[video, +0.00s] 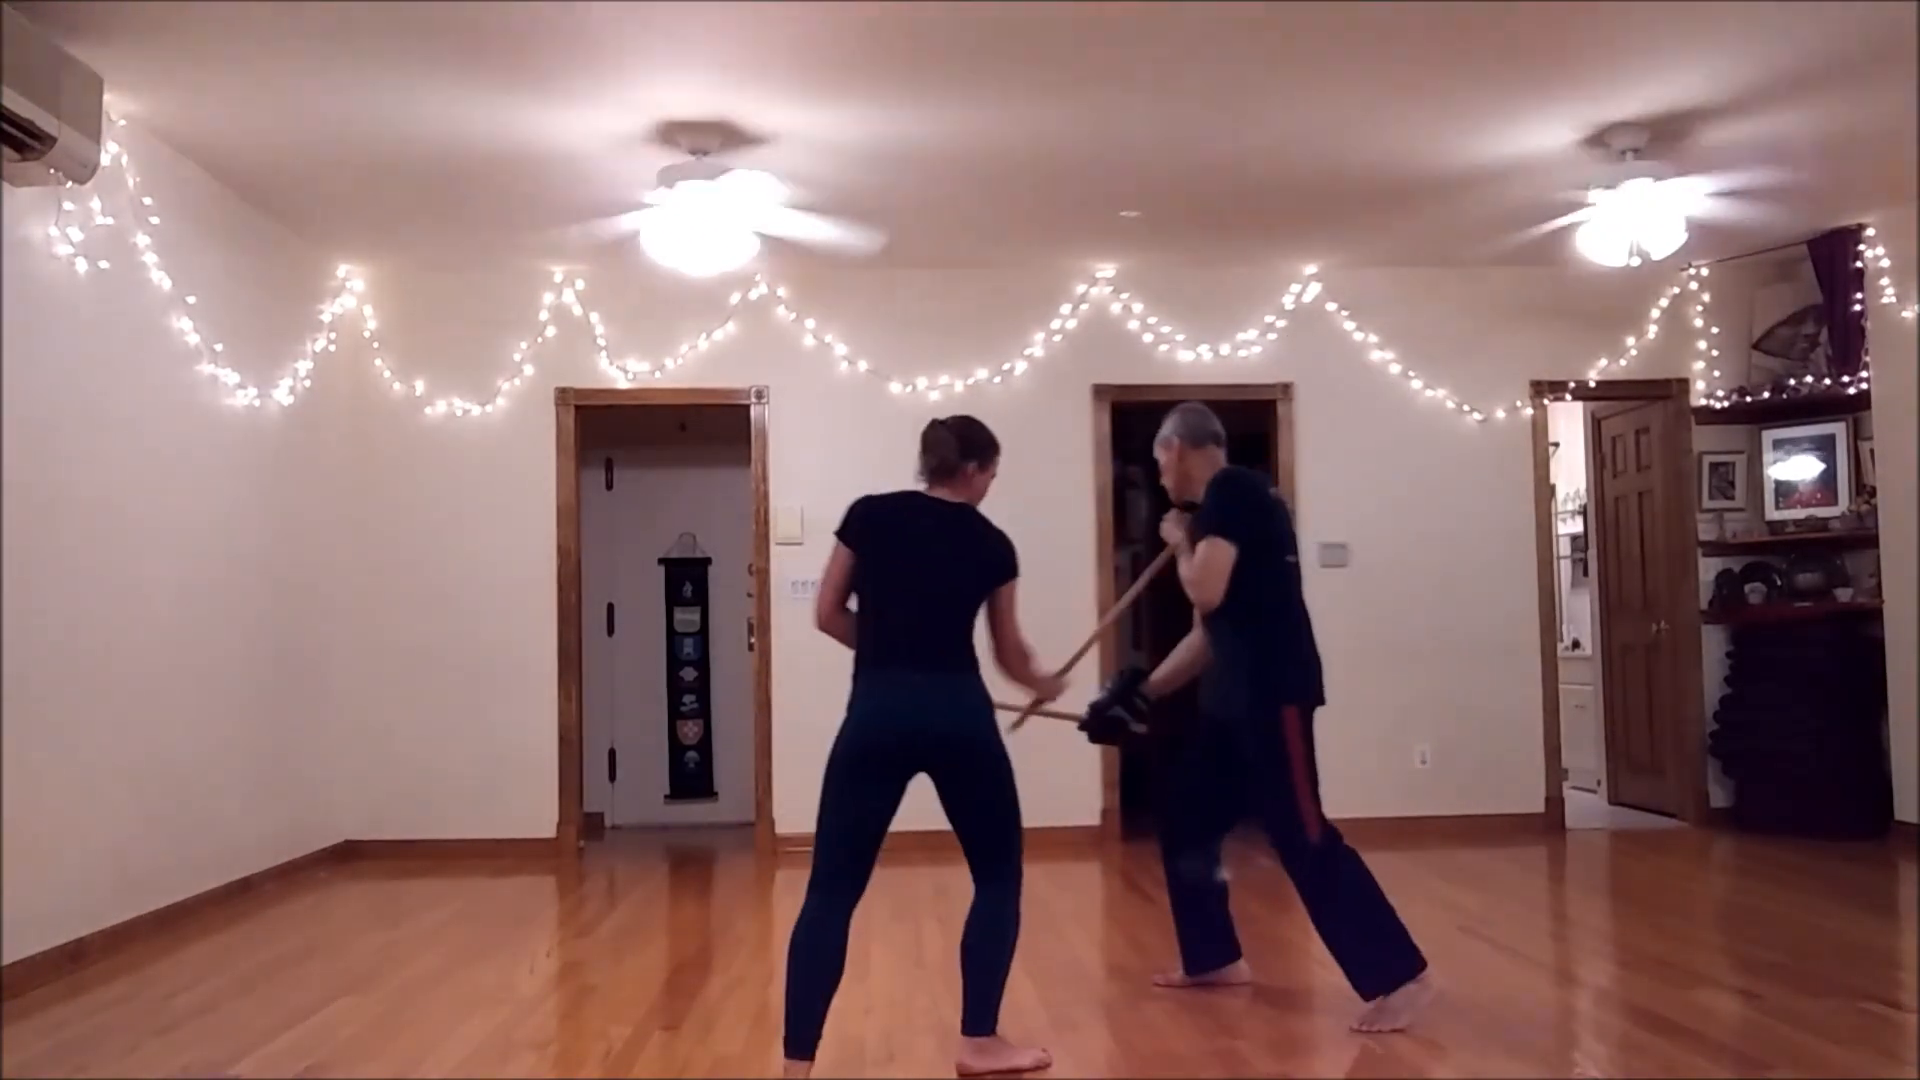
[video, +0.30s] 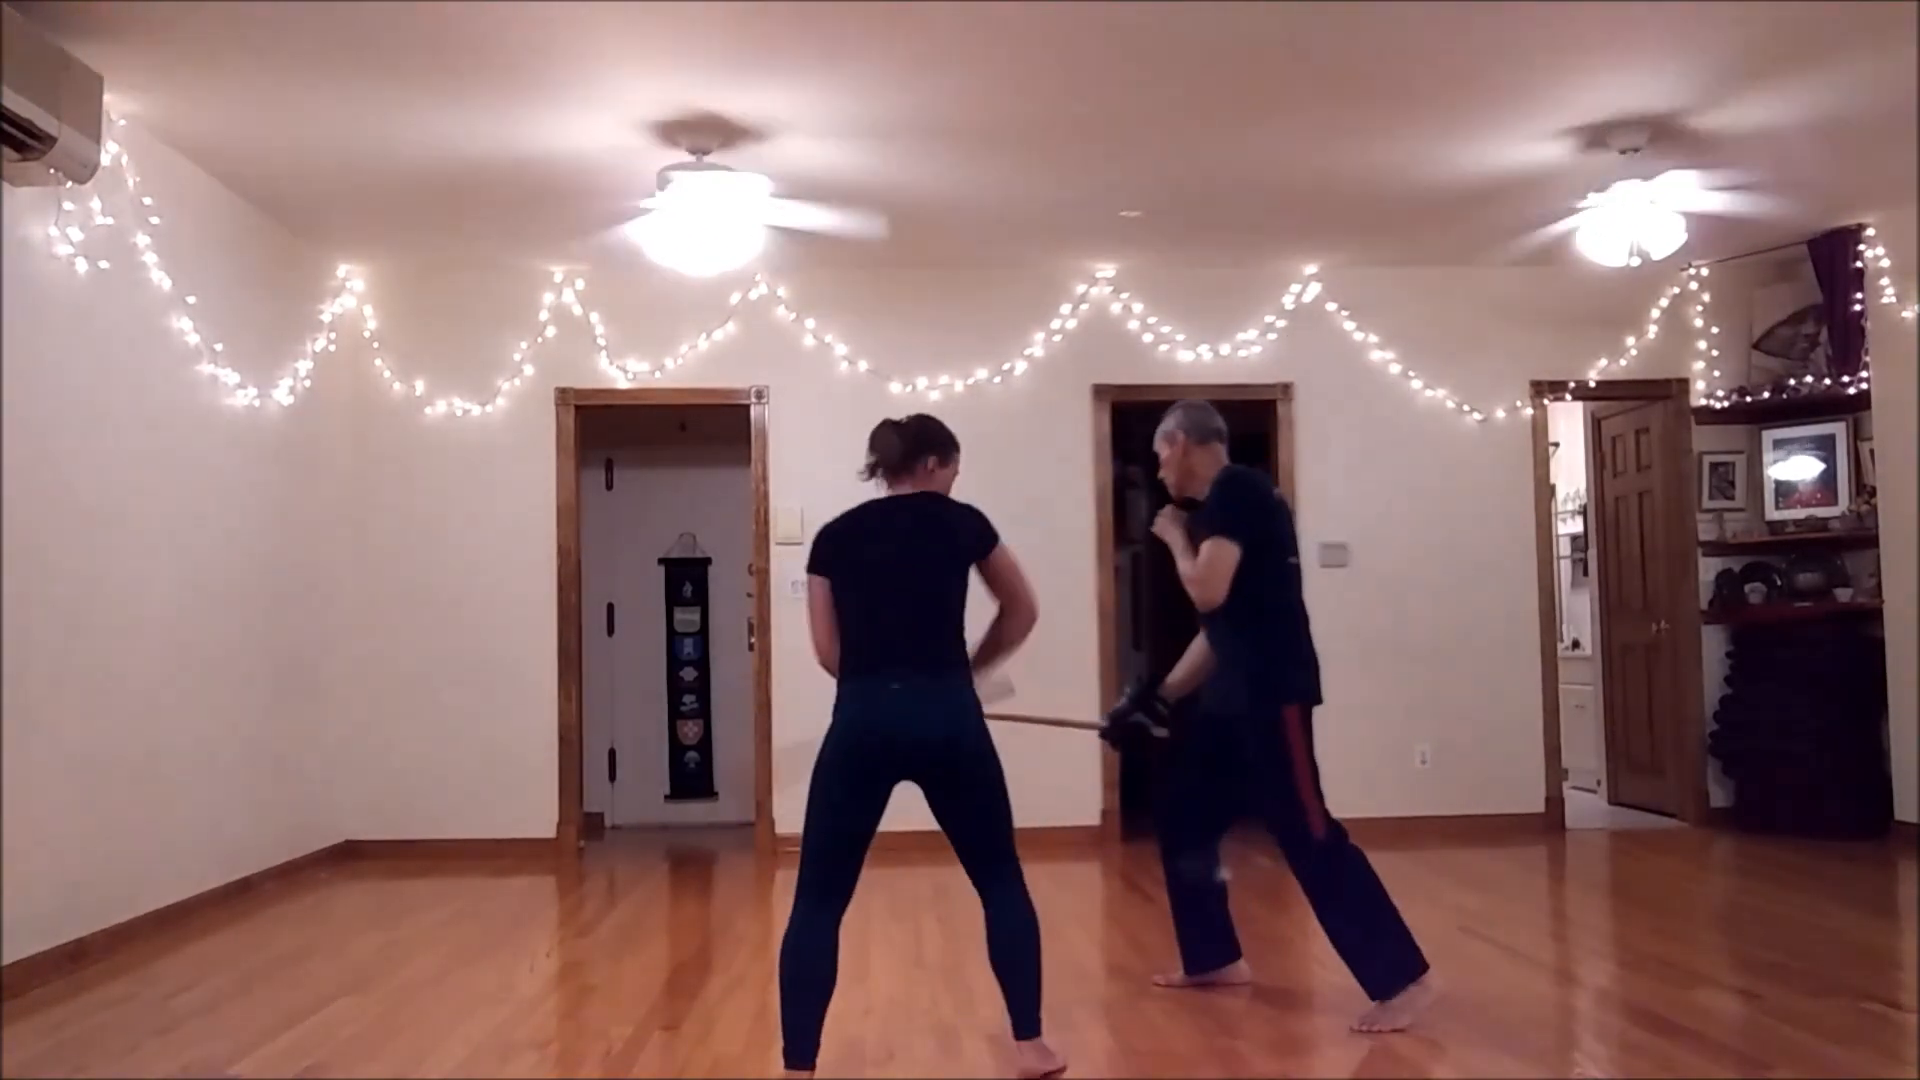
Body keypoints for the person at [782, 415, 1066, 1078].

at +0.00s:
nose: (993, 483)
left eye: (992, 473)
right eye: (993, 473)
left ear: (928, 466)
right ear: (977, 471)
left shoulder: (870, 512)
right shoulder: (990, 543)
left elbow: (828, 614)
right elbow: (1009, 653)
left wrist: (878, 643)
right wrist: (1041, 680)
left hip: (876, 719)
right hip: (958, 723)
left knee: (832, 886)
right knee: (997, 876)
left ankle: (796, 1059)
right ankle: (979, 1038)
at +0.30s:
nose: (953, 481)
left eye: (952, 472)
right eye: (952, 471)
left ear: (885, 469)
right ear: (936, 467)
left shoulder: (835, 533)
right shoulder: (962, 521)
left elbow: (828, 651)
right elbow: (1021, 608)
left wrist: (883, 684)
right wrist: (973, 668)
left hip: (862, 721)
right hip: (947, 718)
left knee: (820, 897)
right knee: (1000, 879)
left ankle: (798, 1063)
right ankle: (1029, 1041)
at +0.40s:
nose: (962, 480)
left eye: (961, 471)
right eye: (961, 470)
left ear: (897, 468)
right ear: (946, 467)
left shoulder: (850, 538)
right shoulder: (972, 515)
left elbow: (847, 655)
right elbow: (1028, 554)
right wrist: (973, 582)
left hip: (867, 733)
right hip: (953, 731)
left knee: (824, 900)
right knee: (1006, 885)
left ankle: (799, 1063)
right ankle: (1030, 1046)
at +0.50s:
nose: (983, 477)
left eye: (983, 469)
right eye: (982, 468)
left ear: (912, 468)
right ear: (970, 467)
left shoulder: (868, 533)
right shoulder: (992, 521)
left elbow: (854, 650)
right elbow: (1059, 513)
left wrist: (896, 685)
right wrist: (985, 515)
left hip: (878, 733)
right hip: (965, 734)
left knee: (828, 901)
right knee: (1012, 888)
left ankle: (800, 1065)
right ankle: (1031, 1047)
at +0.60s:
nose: (999, 475)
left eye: (997, 465)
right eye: (998, 467)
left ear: (931, 464)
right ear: (988, 471)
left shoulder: (885, 523)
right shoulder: (1006, 532)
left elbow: (849, 629)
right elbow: (1085, 538)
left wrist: (888, 671)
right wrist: (1026, 481)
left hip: (895, 733)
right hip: (981, 735)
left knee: (834, 900)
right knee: (1015, 888)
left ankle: (801, 1065)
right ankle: (1030, 1047)